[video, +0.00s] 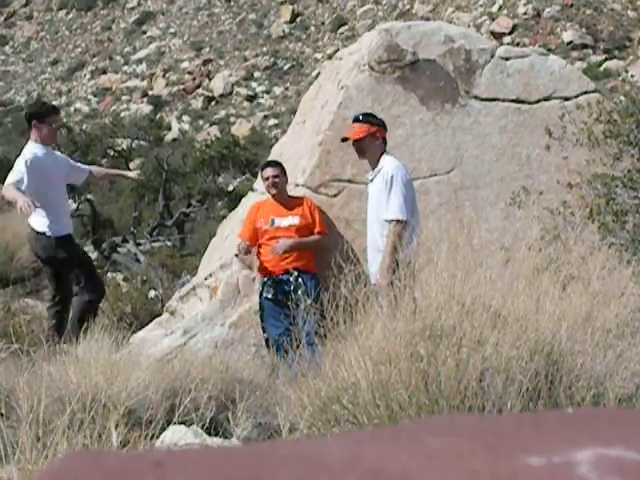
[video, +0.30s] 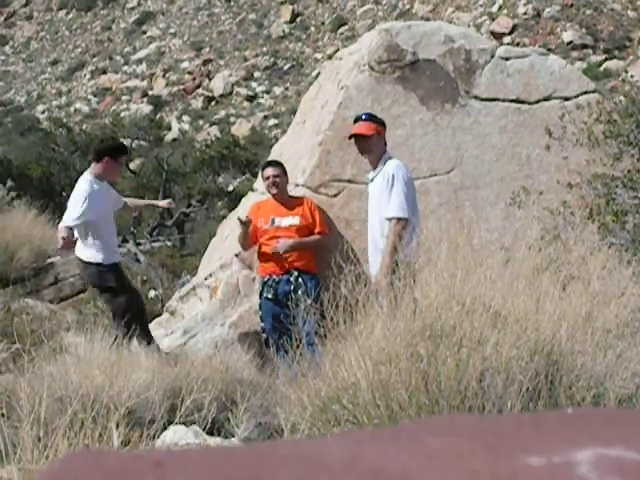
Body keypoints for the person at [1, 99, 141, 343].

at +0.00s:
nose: (58, 131)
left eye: (58, 126)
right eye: (54, 126)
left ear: (42, 127)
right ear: (36, 126)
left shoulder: (55, 157)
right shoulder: (30, 157)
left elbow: (88, 172)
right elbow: (7, 188)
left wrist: (125, 173)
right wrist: (20, 197)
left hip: (51, 237)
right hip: (52, 238)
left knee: (60, 294)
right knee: (93, 288)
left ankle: (54, 346)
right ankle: (72, 342)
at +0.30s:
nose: (121, 170)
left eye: (122, 165)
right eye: (119, 164)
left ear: (106, 162)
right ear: (106, 162)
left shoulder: (102, 187)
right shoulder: (86, 189)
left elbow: (126, 204)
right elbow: (65, 226)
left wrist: (157, 203)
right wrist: (66, 239)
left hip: (108, 263)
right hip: (98, 266)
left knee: (130, 308)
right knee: (130, 307)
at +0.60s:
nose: (164, 167)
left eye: (164, 162)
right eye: (159, 161)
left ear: (147, 164)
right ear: (143, 163)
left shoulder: (147, 195)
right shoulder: (130, 197)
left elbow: (172, 224)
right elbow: (116, 238)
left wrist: (206, 225)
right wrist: (119, 275)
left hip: (157, 269)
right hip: (145, 271)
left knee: (179, 317)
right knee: (182, 317)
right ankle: (152, 360)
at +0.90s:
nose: (172, 150)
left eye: (175, 146)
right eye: (167, 147)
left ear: (180, 150)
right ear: (157, 153)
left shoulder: (174, 183)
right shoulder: (155, 183)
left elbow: (191, 223)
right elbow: (143, 220)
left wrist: (219, 228)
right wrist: (154, 239)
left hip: (176, 256)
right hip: (163, 257)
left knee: (178, 315)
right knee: (191, 312)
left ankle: (177, 365)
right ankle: (193, 366)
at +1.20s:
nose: (188, 157)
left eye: (192, 152)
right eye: (183, 152)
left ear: (197, 157)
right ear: (174, 156)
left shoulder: (190, 190)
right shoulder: (162, 188)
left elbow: (199, 232)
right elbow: (156, 226)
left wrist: (222, 251)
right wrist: (182, 248)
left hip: (183, 261)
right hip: (164, 261)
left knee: (199, 317)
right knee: (189, 317)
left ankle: (199, 369)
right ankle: (190, 369)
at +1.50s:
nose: (179, 151)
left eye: (183, 147)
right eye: (175, 148)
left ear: (188, 152)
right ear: (167, 153)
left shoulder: (190, 190)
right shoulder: (154, 186)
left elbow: (198, 232)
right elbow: (134, 222)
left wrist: (217, 248)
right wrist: (134, 256)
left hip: (184, 257)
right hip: (163, 258)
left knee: (194, 314)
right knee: (183, 311)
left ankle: (196, 365)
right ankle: (174, 365)